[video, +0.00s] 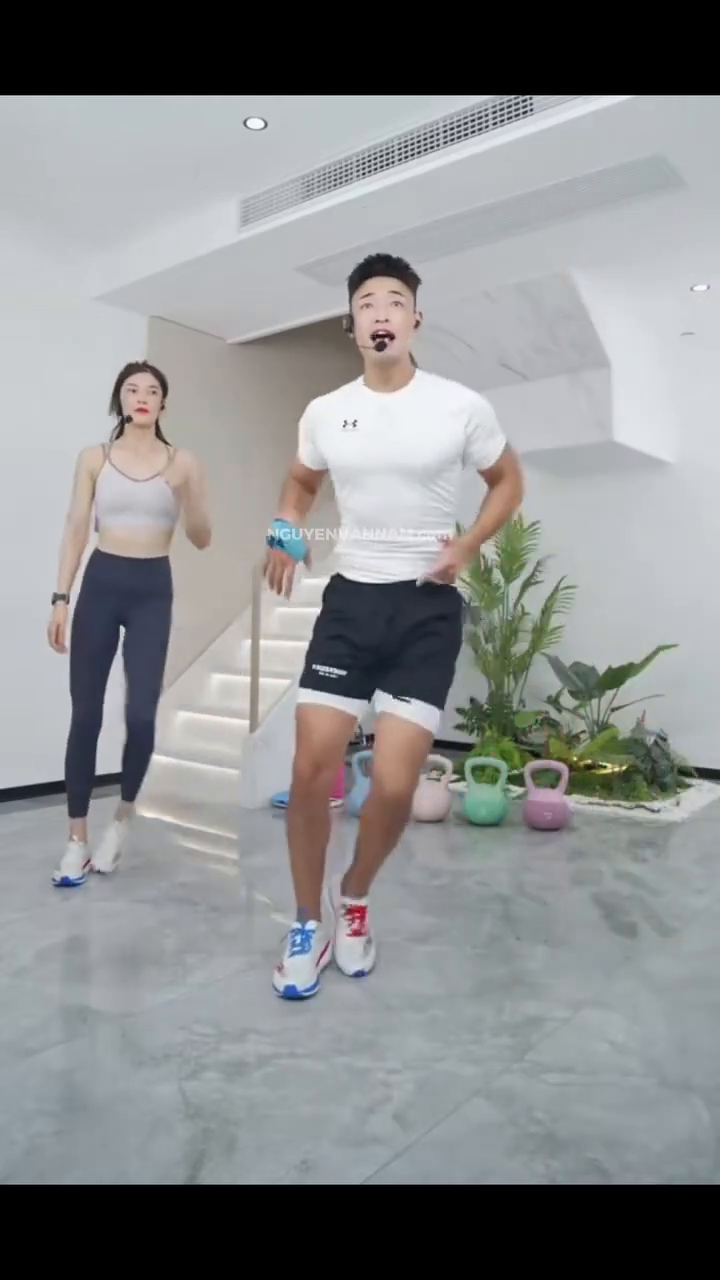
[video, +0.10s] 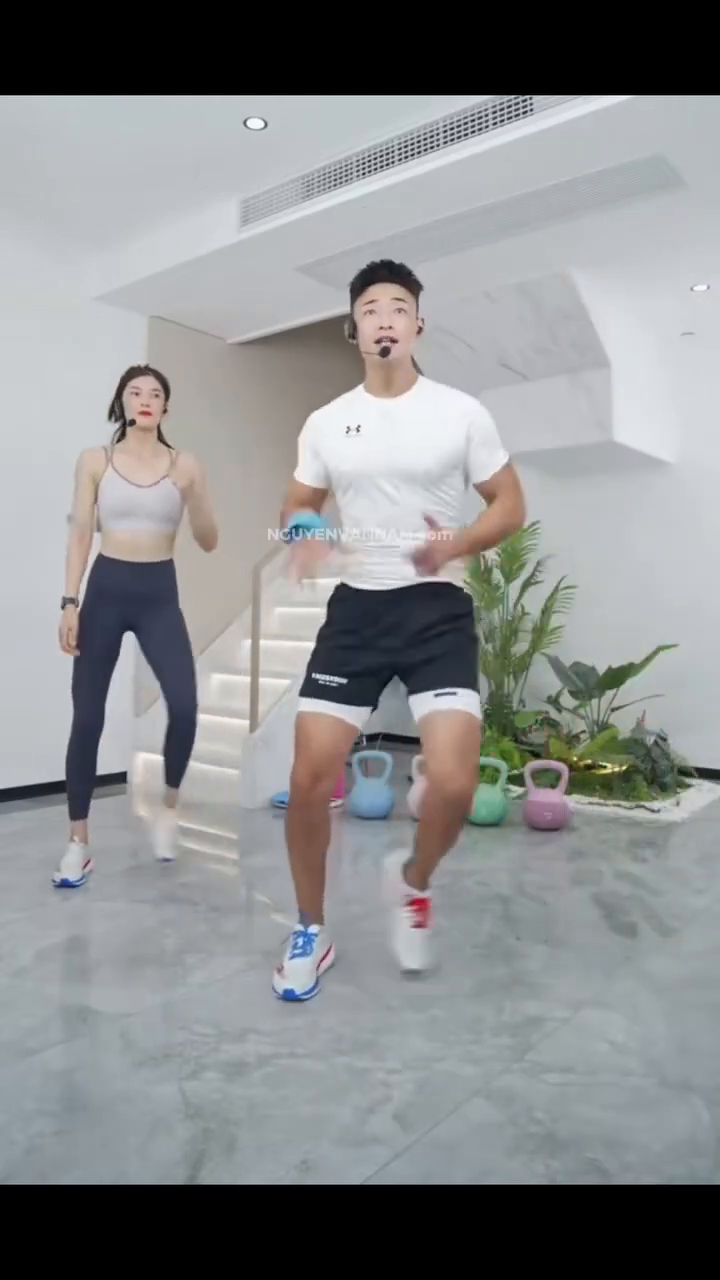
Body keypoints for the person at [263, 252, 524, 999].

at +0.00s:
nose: (380, 314)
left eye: (394, 303)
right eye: (368, 304)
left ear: (417, 319)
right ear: (352, 323)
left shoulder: (462, 408)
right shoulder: (324, 414)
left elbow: (510, 482)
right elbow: (300, 487)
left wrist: (469, 544)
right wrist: (287, 532)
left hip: (428, 609)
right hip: (348, 604)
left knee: (394, 789)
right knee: (311, 768)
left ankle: (353, 899)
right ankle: (305, 924)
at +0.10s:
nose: (384, 320)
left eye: (397, 309)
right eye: (371, 309)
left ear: (419, 324)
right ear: (353, 327)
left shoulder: (462, 414)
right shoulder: (326, 424)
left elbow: (511, 508)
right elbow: (297, 511)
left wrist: (459, 544)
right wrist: (304, 530)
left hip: (438, 612)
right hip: (353, 613)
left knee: (453, 786)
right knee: (310, 779)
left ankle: (415, 885)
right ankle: (308, 930)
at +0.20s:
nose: (402, 312)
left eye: (415, 300)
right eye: (388, 301)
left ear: (437, 316)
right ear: (369, 320)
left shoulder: (478, 399)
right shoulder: (338, 409)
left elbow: (520, 503)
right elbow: (321, 520)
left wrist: (452, 482)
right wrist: (355, 467)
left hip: (459, 601)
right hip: (374, 606)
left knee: (516, 765)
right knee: (330, 772)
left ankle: (509, 906)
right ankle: (311, 930)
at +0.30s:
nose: (434, 297)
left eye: (447, 285)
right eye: (420, 288)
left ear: (469, 302)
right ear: (398, 308)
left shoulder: (508, 385)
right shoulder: (369, 394)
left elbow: (552, 490)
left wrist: (475, 435)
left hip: (494, 588)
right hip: (405, 593)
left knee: (559, 774)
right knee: (360, 767)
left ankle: (600, 950)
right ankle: (321, 928)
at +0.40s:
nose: (469, 311)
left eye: (483, 299)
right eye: (454, 300)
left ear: (503, 315)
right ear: (435, 319)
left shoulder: (546, 398)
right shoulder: (404, 410)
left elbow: (600, 494)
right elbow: (387, 517)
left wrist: (522, 468)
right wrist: (433, 454)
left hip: (538, 606)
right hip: (447, 612)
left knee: (585, 780)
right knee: (368, 771)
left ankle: (625, 966)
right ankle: (324, 925)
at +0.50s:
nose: (495, 321)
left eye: (509, 306)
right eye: (480, 309)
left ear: (531, 319)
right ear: (459, 325)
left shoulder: (573, 404)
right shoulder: (432, 418)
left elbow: (642, 499)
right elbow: (418, 521)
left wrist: (603, 538)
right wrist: (430, 545)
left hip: (565, 609)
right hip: (473, 613)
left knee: (603, 785)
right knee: (375, 746)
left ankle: (624, 968)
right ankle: (343, 909)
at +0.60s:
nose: (509, 329)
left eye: (523, 313)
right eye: (493, 315)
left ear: (546, 319)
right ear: (472, 323)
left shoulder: (591, 399)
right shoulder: (440, 411)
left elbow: (655, 477)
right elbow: (423, 508)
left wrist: (624, 538)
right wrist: (434, 566)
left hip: (578, 602)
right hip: (482, 603)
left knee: (603, 774)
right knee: (424, 735)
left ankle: (623, 964)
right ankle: (410, 921)